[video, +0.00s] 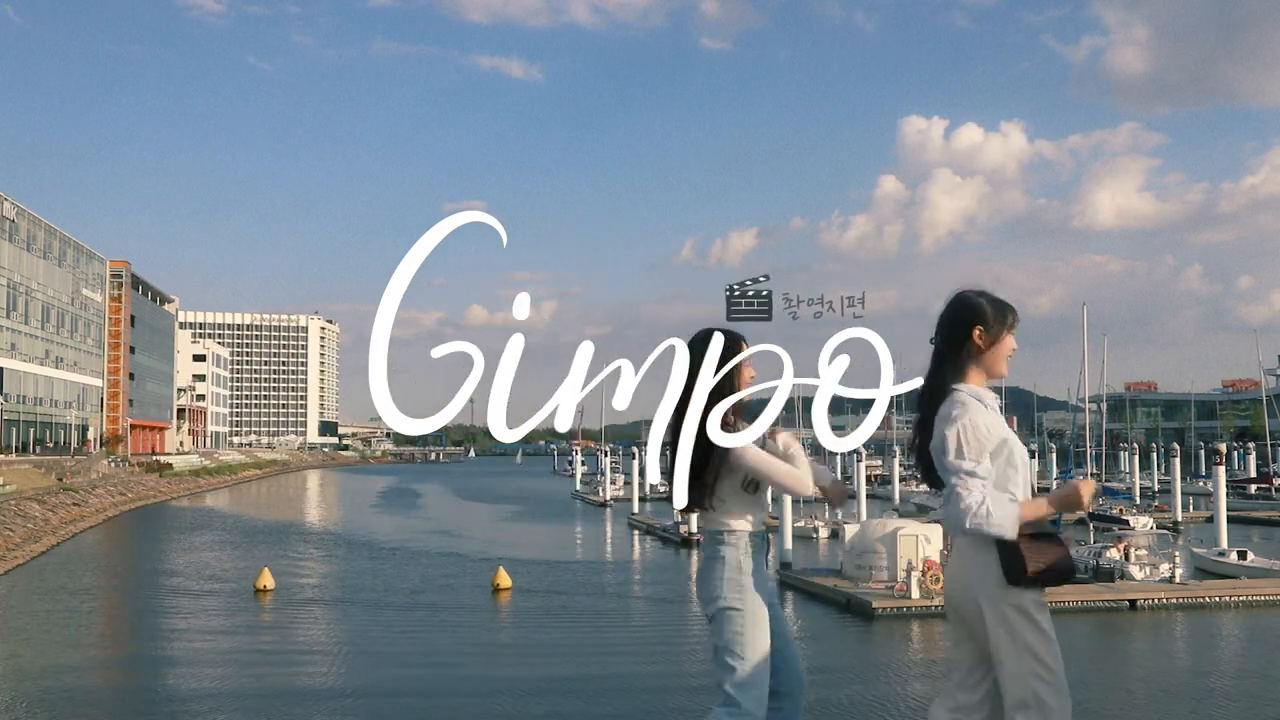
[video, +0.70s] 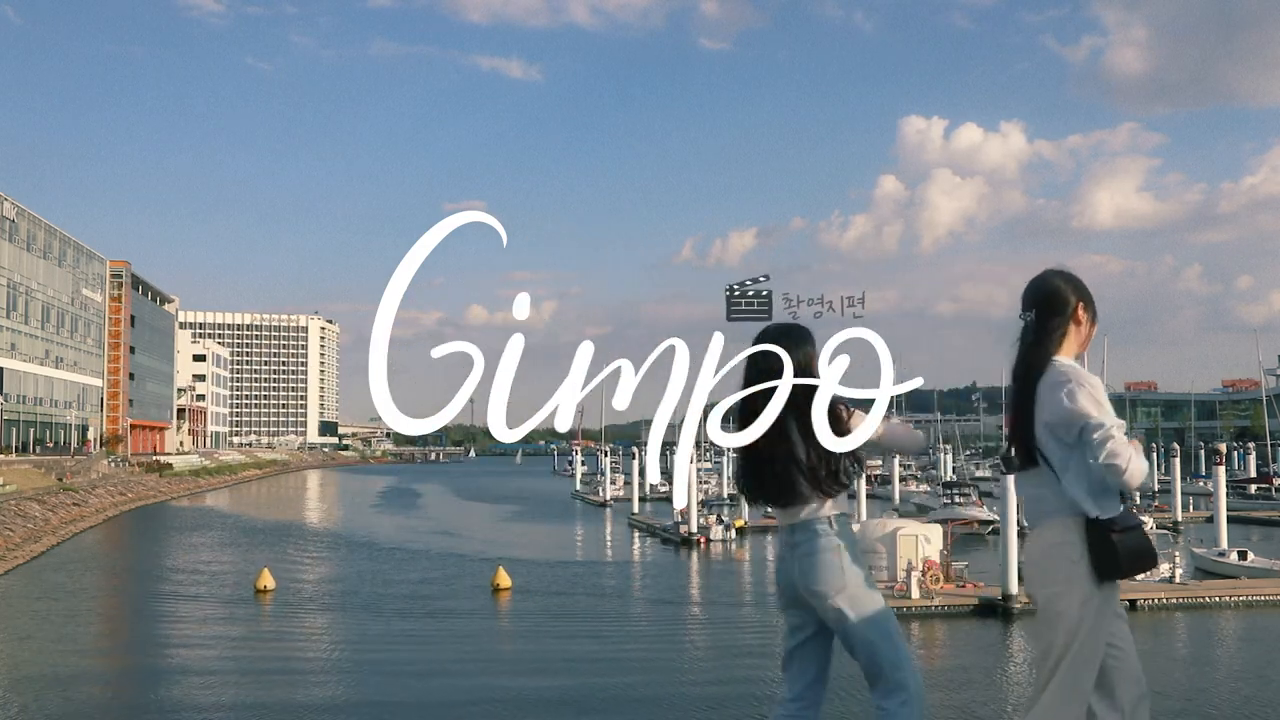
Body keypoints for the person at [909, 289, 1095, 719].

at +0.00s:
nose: (1014, 345)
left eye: (1013, 334)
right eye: (1008, 334)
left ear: (979, 339)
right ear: (979, 337)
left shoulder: (966, 405)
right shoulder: (967, 409)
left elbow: (975, 503)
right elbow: (971, 508)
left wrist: (1044, 505)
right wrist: (1056, 502)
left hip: (972, 559)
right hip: (991, 560)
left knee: (966, 700)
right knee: (1043, 702)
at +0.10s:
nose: (1025, 354)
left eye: (1025, 343)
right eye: (1022, 342)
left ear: (991, 344)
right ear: (998, 342)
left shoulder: (973, 413)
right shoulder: (984, 417)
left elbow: (986, 514)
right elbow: (994, 515)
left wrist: (1057, 519)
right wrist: (1066, 519)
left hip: (983, 566)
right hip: (1000, 569)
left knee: (1030, 703)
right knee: (1053, 704)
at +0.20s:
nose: (1034, 347)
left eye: (1034, 337)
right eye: (1033, 336)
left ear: (981, 333)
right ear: (1014, 333)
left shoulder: (981, 397)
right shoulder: (996, 399)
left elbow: (1016, 484)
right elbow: (1027, 494)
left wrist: (1064, 500)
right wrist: (1071, 494)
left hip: (995, 554)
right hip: (1007, 558)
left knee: (1042, 693)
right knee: (1079, 689)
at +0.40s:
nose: (1054, 327)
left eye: (1053, 316)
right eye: (1055, 315)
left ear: (996, 311)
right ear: (1042, 309)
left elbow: (993, 478)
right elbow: (1084, 462)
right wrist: (1091, 436)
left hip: (1010, 535)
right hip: (1034, 537)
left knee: (1095, 690)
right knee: (1029, 694)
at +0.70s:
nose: (1092, 331)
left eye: (1090, 321)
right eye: (1092, 320)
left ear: (1034, 318)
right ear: (1080, 316)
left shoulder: (1033, 382)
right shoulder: (1070, 382)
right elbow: (1124, 472)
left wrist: (1118, 446)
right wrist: (1132, 449)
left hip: (1053, 543)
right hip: (1070, 546)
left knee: (1126, 693)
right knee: (1062, 695)